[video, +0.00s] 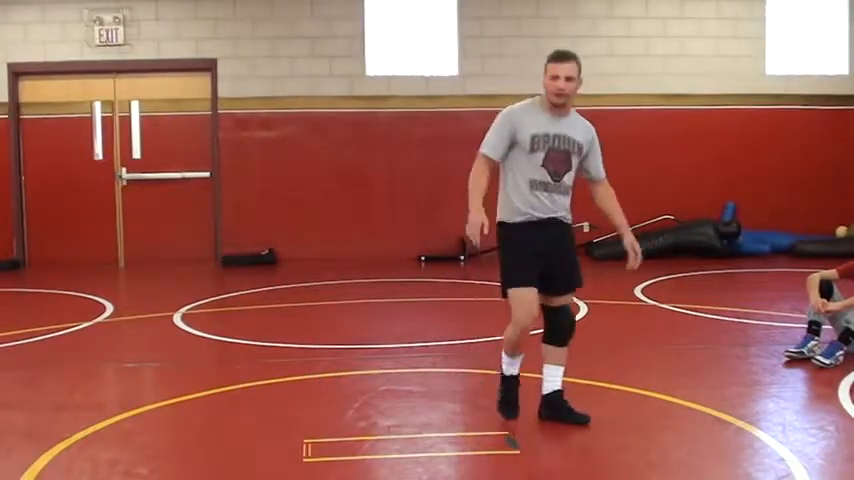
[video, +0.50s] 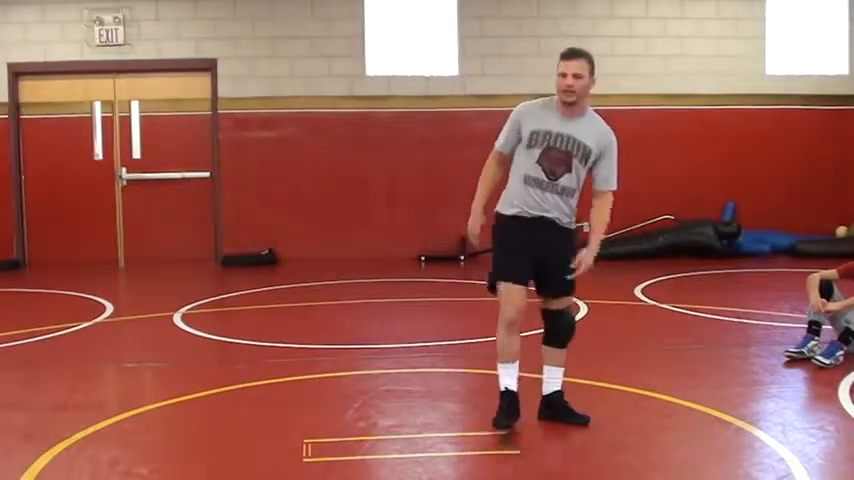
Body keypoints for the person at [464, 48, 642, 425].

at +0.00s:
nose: (561, 85)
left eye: (569, 79)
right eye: (554, 77)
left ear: (579, 85)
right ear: (543, 80)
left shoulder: (584, 131)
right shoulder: (514, 118)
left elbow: (600, 185)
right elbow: (483, 164)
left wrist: (625, 232)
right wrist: (475, 208)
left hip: (559, 229)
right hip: (516, 228)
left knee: (561, 320)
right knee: (524, 318)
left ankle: (552, 397)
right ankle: (510, 377)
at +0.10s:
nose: (561, 84)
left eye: (569, 78)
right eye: (555, 76)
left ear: (581, 83)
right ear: (546, 79)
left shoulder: (591, 130)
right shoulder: (517, 117)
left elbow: (609, 185)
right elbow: (486, 162)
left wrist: (640, 232)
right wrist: (472, 205)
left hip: (563, 229)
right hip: (519, 228)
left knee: (564, 315)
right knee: (526, 319)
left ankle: (553, 398)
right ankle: (521, 398)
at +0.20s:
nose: (563, 84)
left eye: (571, 77)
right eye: (557, 76)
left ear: (585, 83)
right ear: (549, 79)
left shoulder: (597, 133)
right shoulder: (521, 116)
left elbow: (615, 187)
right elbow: (489, 161)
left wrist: (640, 233)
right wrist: (470, 208)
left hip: (563, 229)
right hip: (518, 226)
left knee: (565, 317)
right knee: (527, 318)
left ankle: (553, 398)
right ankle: (524, 398)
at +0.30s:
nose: (564, 84)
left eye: (573, 77)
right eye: (559, 76)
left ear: (588, 82)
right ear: (551, 78)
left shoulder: (601, 134)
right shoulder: (523, 115)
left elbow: (615, 189)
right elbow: (493, 160)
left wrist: (633, 240)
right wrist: (472, 209)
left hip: (563, 230)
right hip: (517, 225)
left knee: (564, 319)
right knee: (524, 318)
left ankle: (553, 398)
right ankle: (523, 396)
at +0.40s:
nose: (566, 83)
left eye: (574, 77)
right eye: (560, 76)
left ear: (590, 82)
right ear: (553, 78)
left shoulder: (602, 136)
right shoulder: (524, 115)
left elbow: (609, 193)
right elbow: (495, 161)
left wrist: (616, 244)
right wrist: (474, 210)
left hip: (561, 229)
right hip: (516, 223)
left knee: (562, 317)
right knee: (520, 314)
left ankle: (552, 398)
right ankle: (519, 396)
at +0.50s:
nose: (568, 83)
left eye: (577, 76)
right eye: (563, 75)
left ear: (591, 82)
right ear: (555, 78)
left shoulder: (602, 137)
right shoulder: (525, 114)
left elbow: (603, 197)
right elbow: (496, 162)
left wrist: (593, 246)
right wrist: (476, 213)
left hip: (558, 230)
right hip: (513, 223)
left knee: (561, 318)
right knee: (512, 314)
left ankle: (551, 398)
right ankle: (508, 396)